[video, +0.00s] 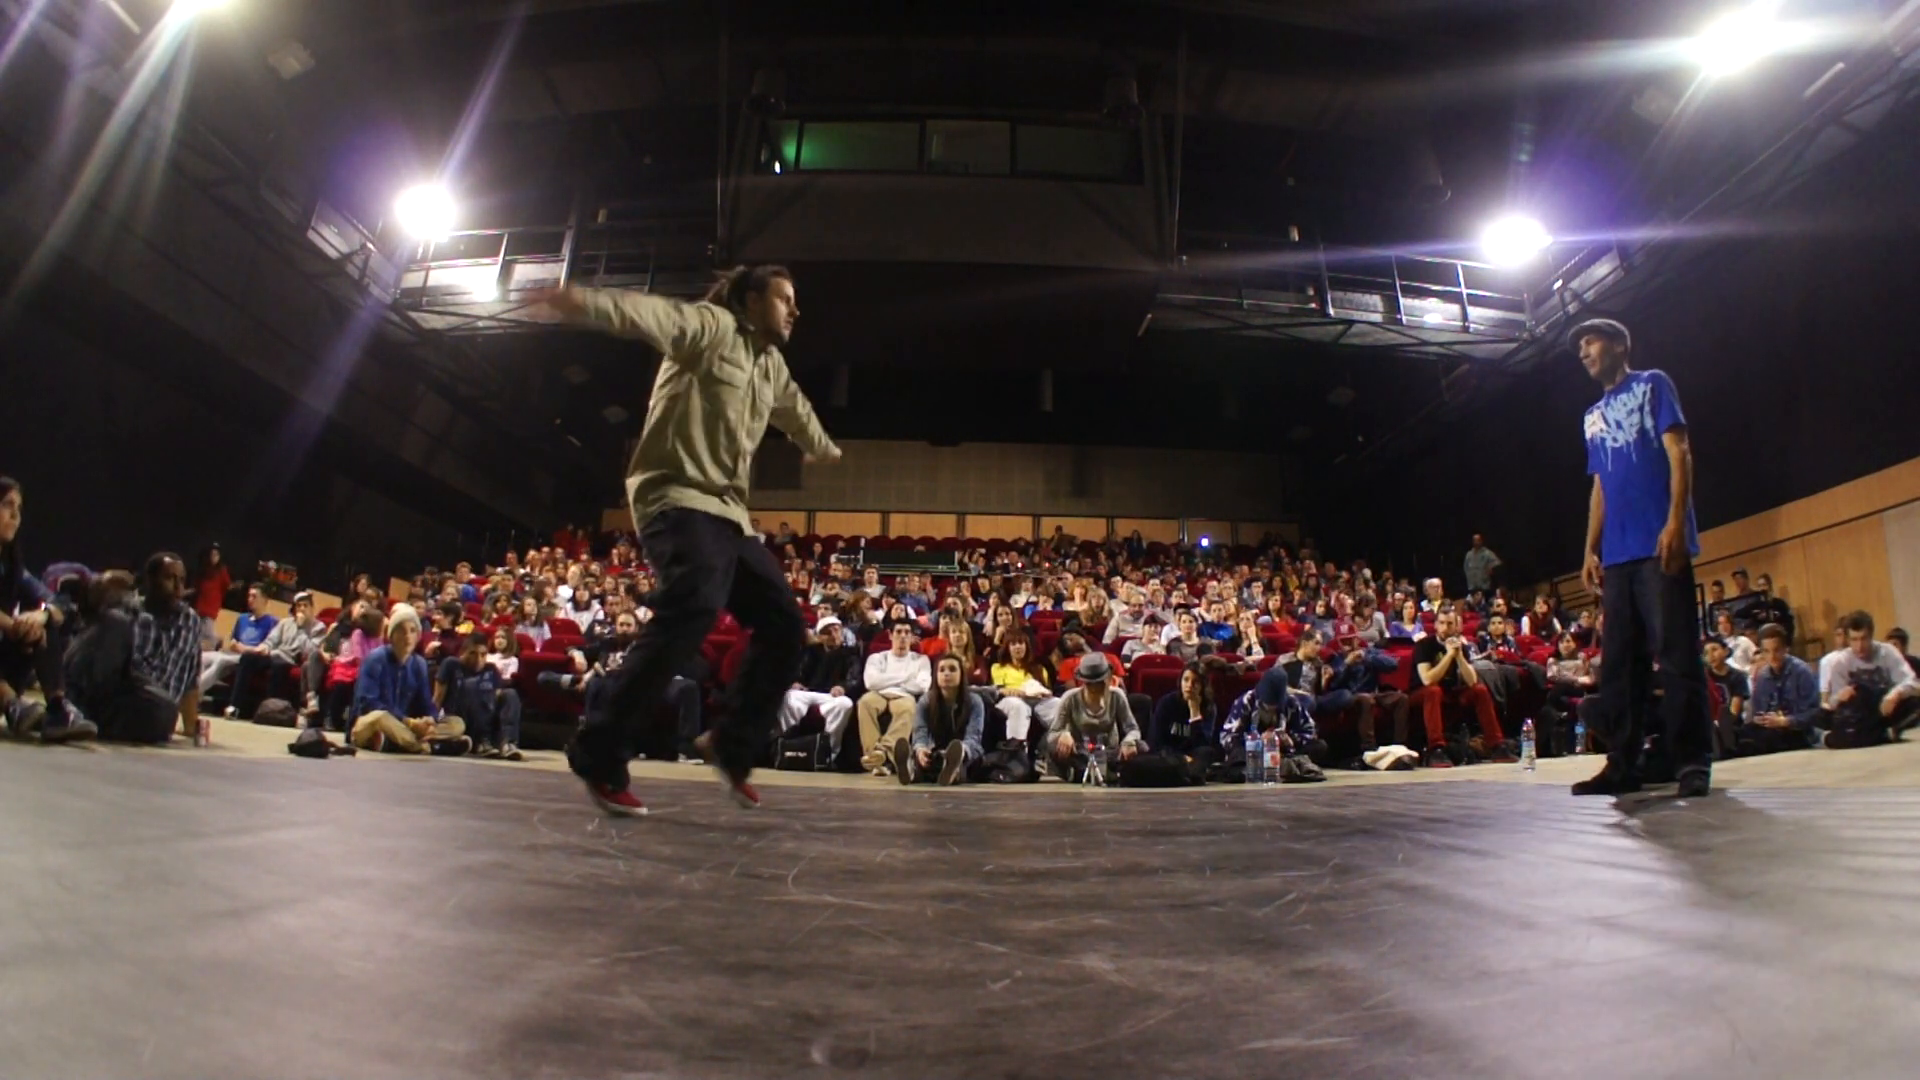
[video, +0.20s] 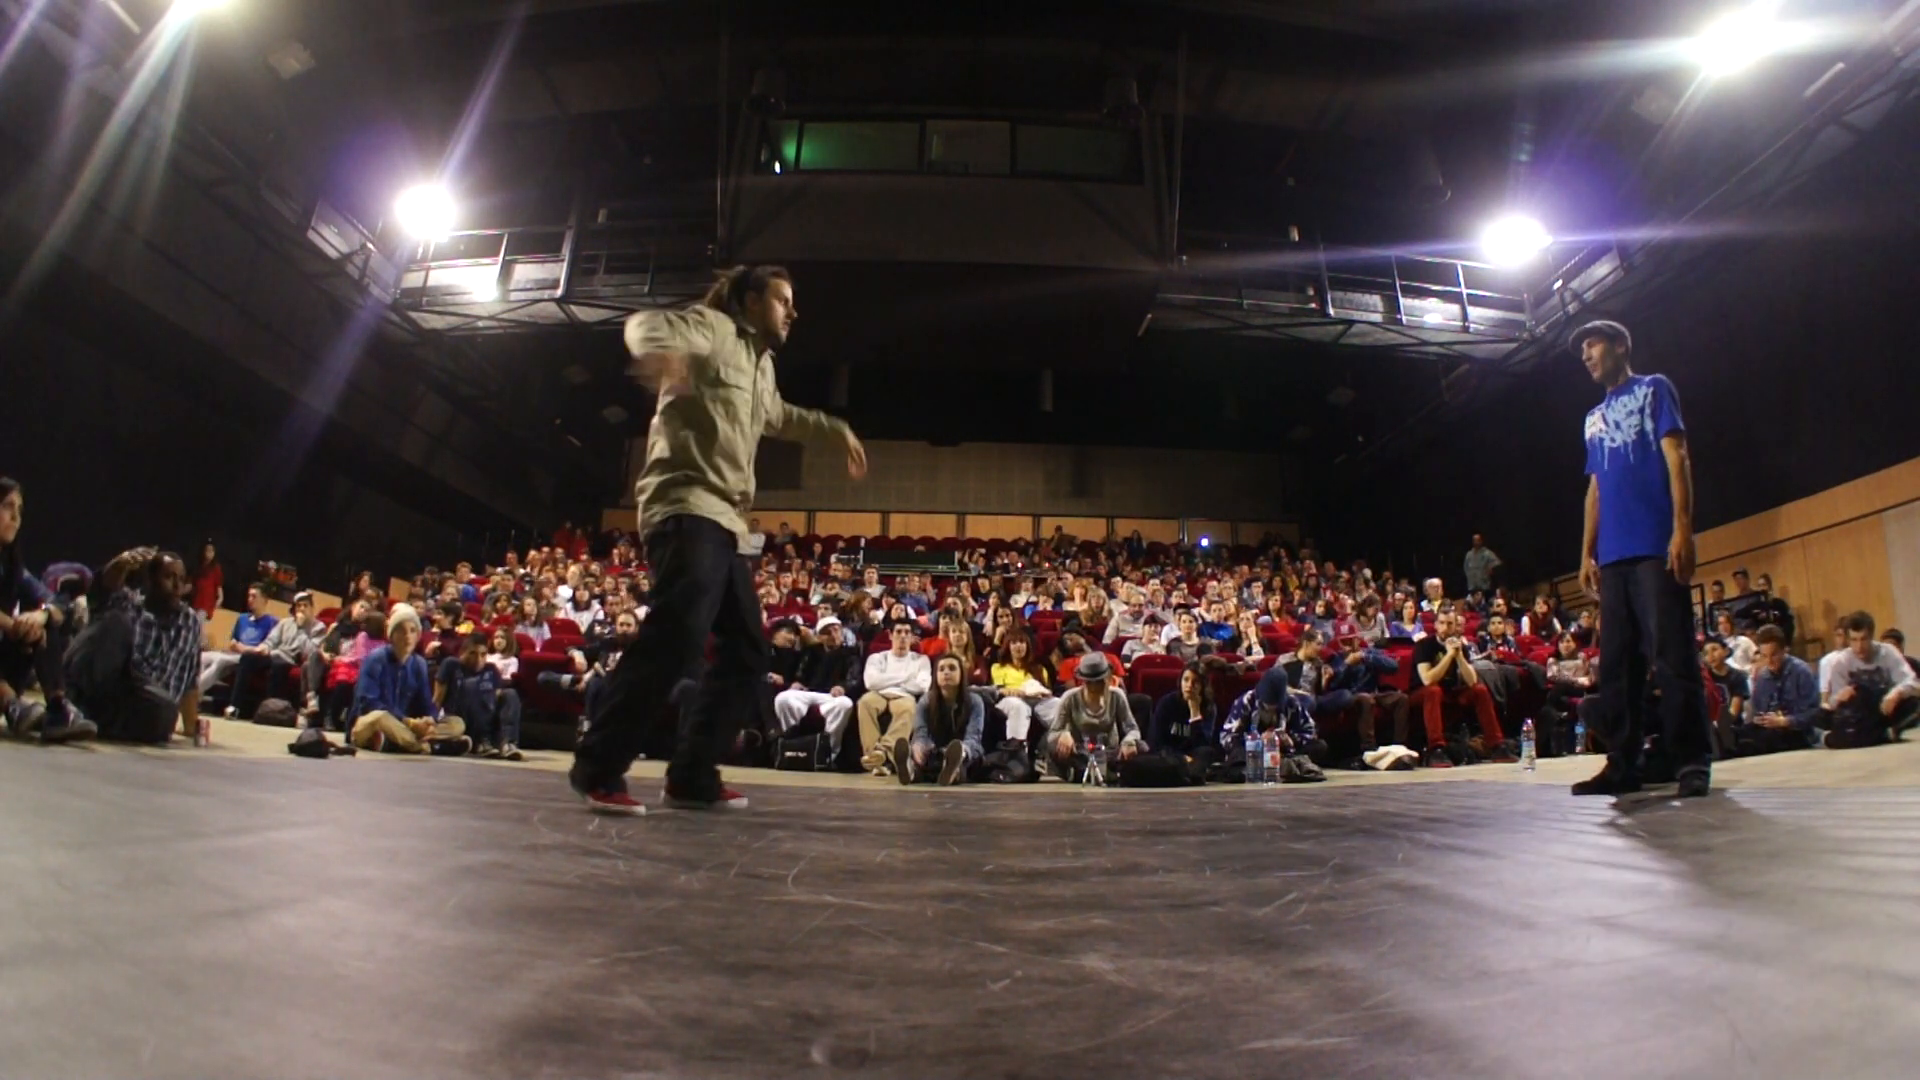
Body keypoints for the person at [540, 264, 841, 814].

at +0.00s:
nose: (792, 310)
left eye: (794, 303)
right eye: (783, 299)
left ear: (784, 313)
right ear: (749, 299)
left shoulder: (773, 370)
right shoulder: (713, 325)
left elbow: (798, 413)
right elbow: (656, 313)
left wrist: (823, 447)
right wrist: (587, 302)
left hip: (730, 513)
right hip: (676, 497)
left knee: (784, 627)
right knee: (692, 606)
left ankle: (735, 744)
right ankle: (600, 751)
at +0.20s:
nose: (791, 312)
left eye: (792, 305)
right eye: (783, 301)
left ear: (771, 312)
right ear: (749, 300)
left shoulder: (762, 368)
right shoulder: (715, 327)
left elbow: (778, 416)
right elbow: (647, 325)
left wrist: (838, 430)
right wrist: (663, 354)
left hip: (727, 519)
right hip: (685, 502)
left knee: (744, 652)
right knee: (678, 634)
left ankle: (693, 776)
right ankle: (598, 765)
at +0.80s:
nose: (784, 293)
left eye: (784, 285)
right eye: (775, 282)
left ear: (761, 291)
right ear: (741, 283)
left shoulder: (769, 369)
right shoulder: (711, 327)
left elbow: (828, 415)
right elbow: (648, 383)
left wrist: (883, 368)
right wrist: (624, 481)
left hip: (726, 489)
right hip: (703, 477)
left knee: (684, 638)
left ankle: (693, 778)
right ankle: (878, 644)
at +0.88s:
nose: (783, 290)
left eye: (783, 283)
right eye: (775, 279)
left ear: (763, 290)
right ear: (742, 281)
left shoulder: (765, 365)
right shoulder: (710, 324)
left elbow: (831, 408)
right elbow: (641, 387)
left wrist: (881, 357)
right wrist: (611, 462)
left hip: (722, 484)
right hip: (702, 471)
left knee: (686, 632)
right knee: (830, 489)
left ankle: (690, 776)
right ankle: (881, 622)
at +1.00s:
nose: (781, 289)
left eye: (782, 282)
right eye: (771, 277)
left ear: (764, 290)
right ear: (735, 279)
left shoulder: (769, 363)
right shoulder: (700, 325)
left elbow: (830, 406)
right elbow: (631, 388)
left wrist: (897, 371)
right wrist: (600, 456)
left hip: (724, 489)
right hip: (694, 481)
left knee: (685, 638)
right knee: (805, 544)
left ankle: (690, 778)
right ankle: (881, 676)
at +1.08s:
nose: (774, 289)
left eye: (778, 284)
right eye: (766, 278)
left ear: (772, 293)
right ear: (732, 274)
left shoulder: (767, 358)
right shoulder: (694, 322)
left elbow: (831, 398)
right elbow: (628, 386)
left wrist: (910, 387)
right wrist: (592, 453)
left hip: (728, 487)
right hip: (694, 478)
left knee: (693, 637)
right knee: (795, 560)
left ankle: (689, 777)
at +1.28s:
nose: (769, 283)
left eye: (777, 277)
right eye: (761, 269)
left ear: (779, 286)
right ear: (728, 266)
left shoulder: (771, 344)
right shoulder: (678, 317)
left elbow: (813, 400)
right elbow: (601, 366)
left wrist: (844, 390)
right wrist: (616, 436)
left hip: (745, 510)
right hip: (686, 497)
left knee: (719, 647)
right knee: (671, 631)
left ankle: (695, 779)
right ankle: (619, 780)